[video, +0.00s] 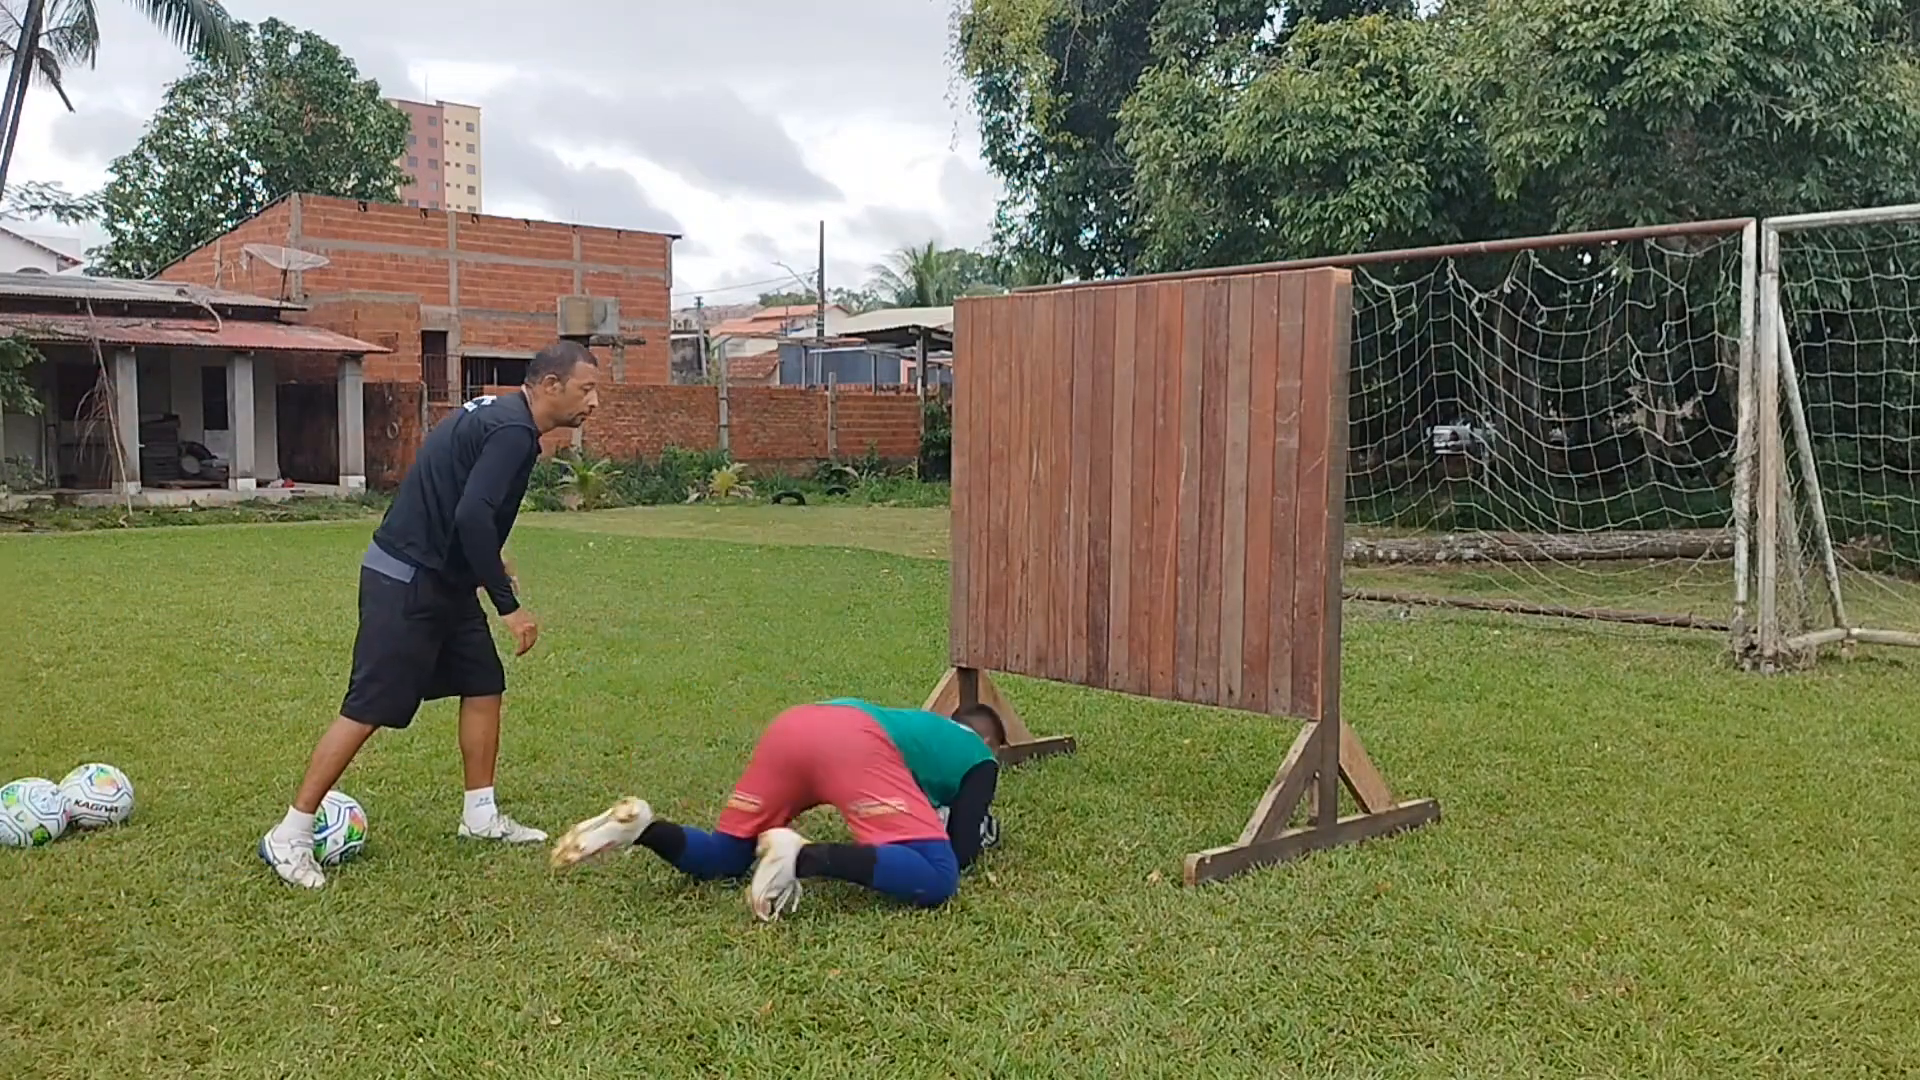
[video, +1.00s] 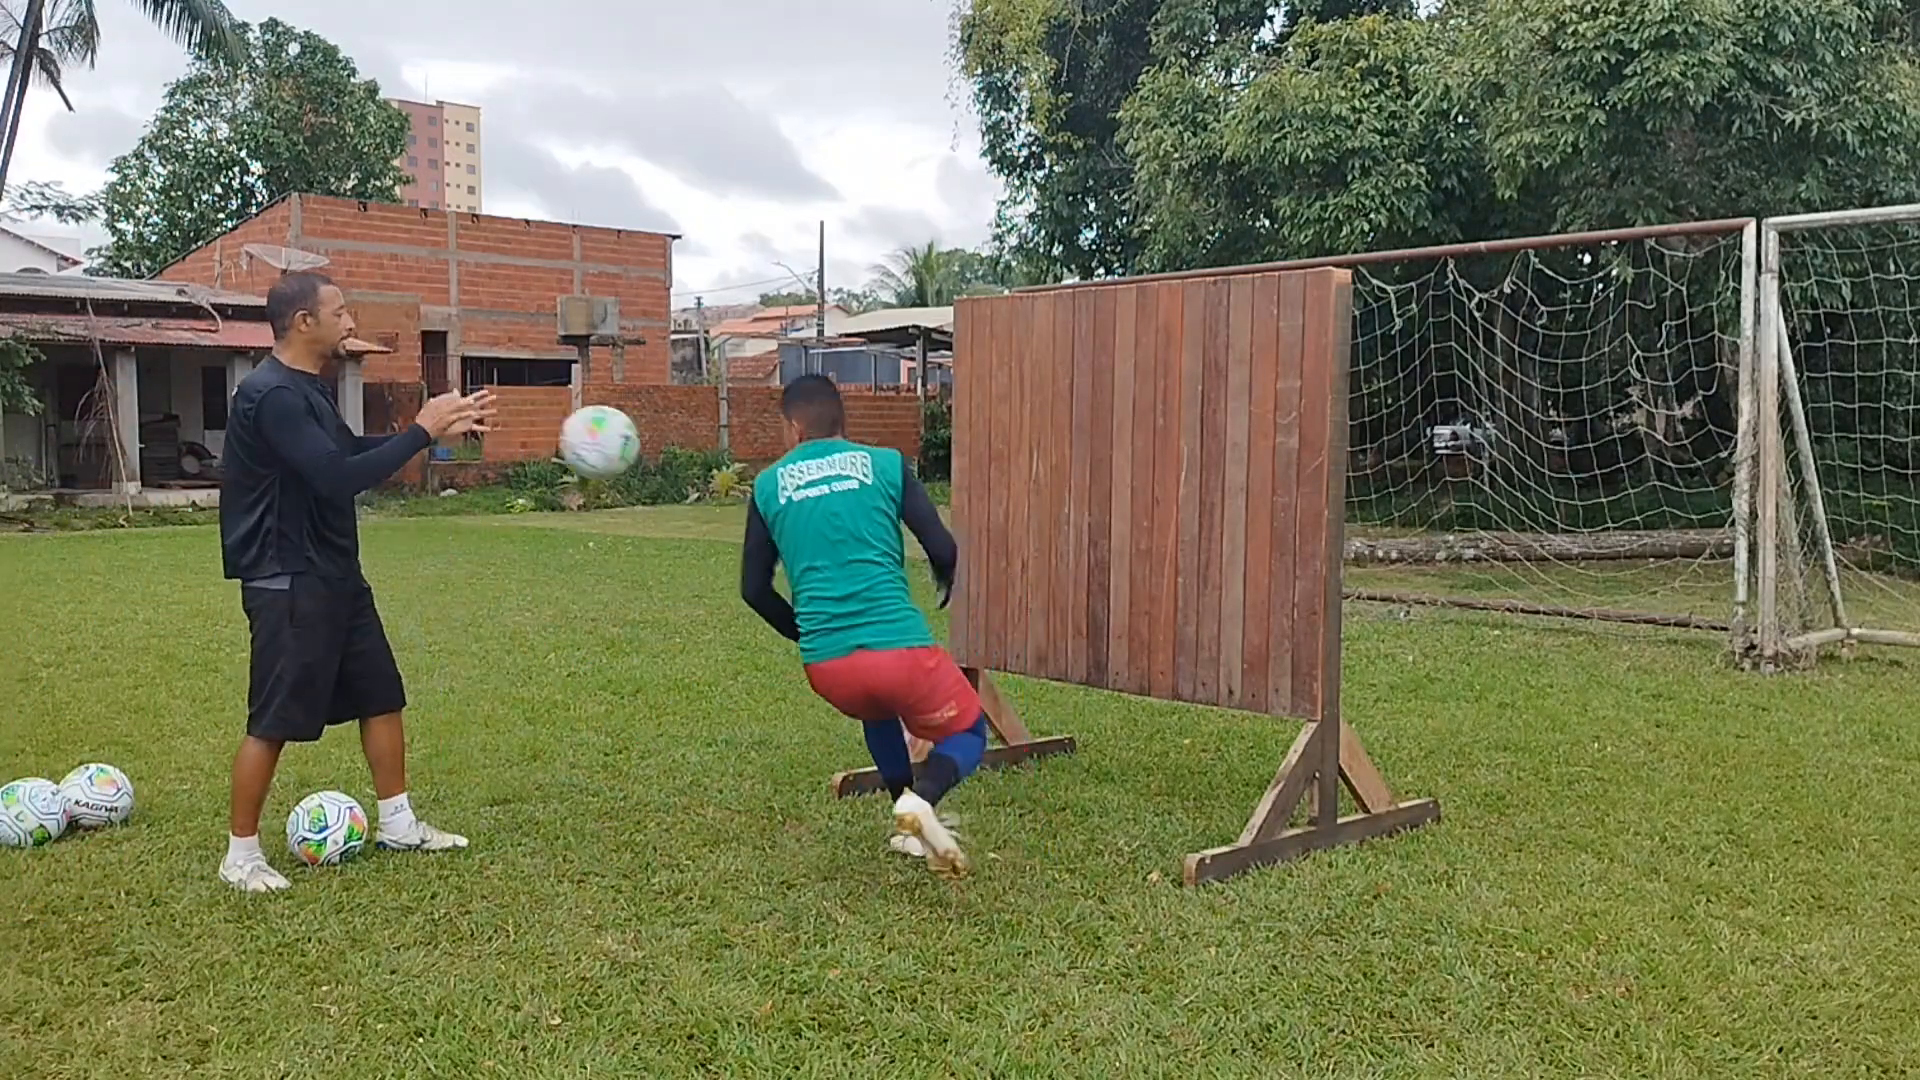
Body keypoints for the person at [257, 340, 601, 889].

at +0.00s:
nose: (592, 402)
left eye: (594, 392)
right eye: (586, 390)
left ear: (546, 388)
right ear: (548, 385)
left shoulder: (504, 417)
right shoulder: (513, 433)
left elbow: (459, 500)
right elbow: (473, 516)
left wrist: (489, 557)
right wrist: (509, 605)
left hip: (447, 580)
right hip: (404, 576)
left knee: (483, 684)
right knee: (370, 704)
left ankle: (480, 817)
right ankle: (290, 834)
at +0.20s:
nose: (565, 384)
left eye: (566, 373)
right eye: (559, 372)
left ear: (520, 371)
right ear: (519, 370)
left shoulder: (493, 423)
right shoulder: (472, 421)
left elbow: (452, 499)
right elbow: (428, 506)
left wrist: (487, 547)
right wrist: (461, 600)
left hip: (430, 581)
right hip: (387, 578)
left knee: (478, 683)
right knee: (350, 705)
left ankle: (481, 816)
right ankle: (273, 836)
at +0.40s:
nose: (498, 366)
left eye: (497, 355)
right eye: (489, 355)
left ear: (454, 360)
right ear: (450, 358)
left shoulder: (441, 419)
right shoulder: (402, 419)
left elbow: (414, 507)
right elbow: (372, 518)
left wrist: (450, 558)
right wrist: (421, 598)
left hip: (410, 589)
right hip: (356, 589)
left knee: (463, 693)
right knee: (321, 719)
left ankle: (478, 818)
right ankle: (249, 852)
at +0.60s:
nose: (426, 345)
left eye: (424, 334)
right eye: (416, 334)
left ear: (380, 342)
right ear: (377, 341)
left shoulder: (372, 407)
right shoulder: (328, 406)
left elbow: (352, 501)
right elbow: (310, 511)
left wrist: (399, 536)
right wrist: (394, 569)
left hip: (363, 589)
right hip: (307, 591)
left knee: (419, 691)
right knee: (271, 721)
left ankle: (453, 815)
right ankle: (241, 856)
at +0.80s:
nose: (378, 329)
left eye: (374, 317)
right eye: (367, 318)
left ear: (333, 328)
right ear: (329, 327)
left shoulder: (334, 398)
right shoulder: (287, 401)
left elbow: (353, 490)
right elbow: (298, 504)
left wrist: (422, 490)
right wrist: (402, 509)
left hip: (348, 586)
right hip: (294, 590)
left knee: (395, 694)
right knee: (274, 720)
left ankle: (398, 825)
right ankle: (241, 856)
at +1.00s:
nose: (351, 323)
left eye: (348, 311)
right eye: (340, 313)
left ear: (305, 323)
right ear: (303, 323)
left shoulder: (308, 387)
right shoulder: (274, 395)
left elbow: (352, 456)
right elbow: (338, 478)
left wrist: (431, 430)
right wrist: (421, 430)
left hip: (336, 578)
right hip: (286, 583)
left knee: (381, 696)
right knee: (273, 719)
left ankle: (398, 825)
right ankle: (241, 856)